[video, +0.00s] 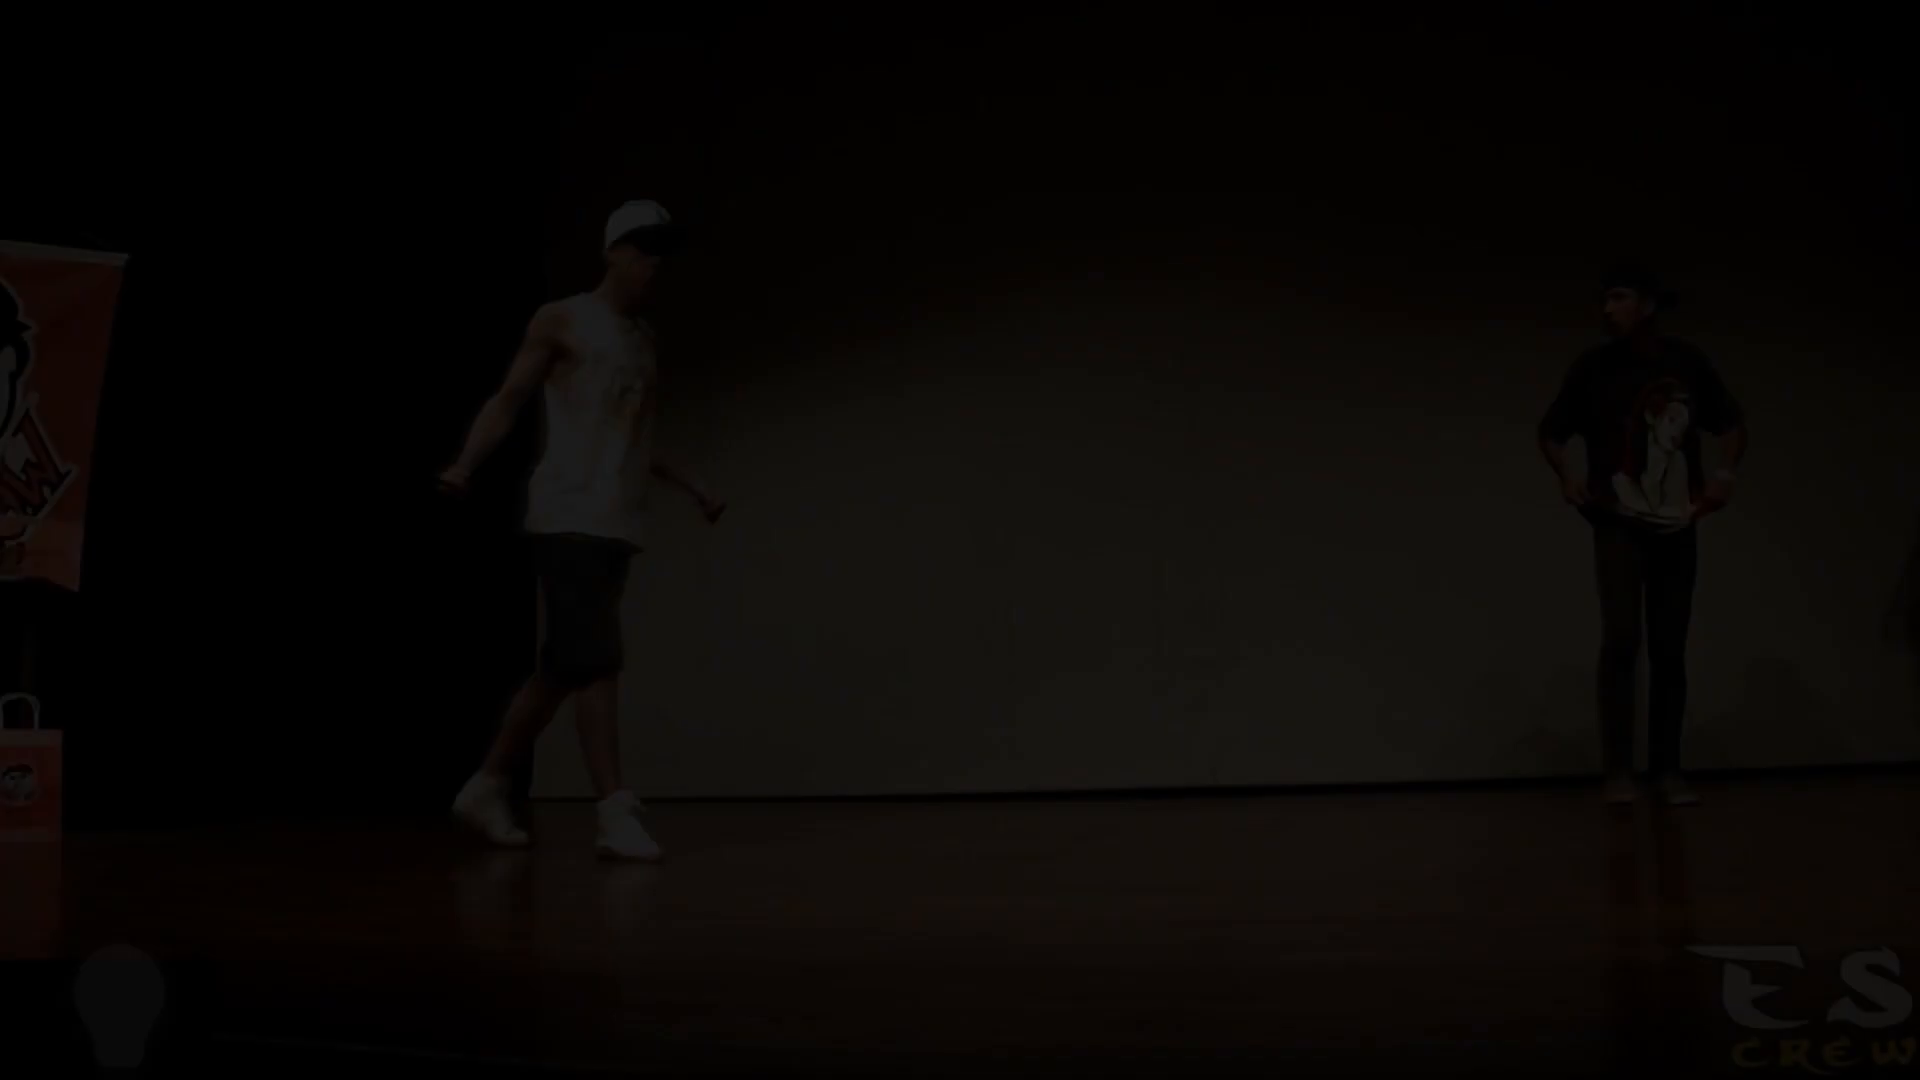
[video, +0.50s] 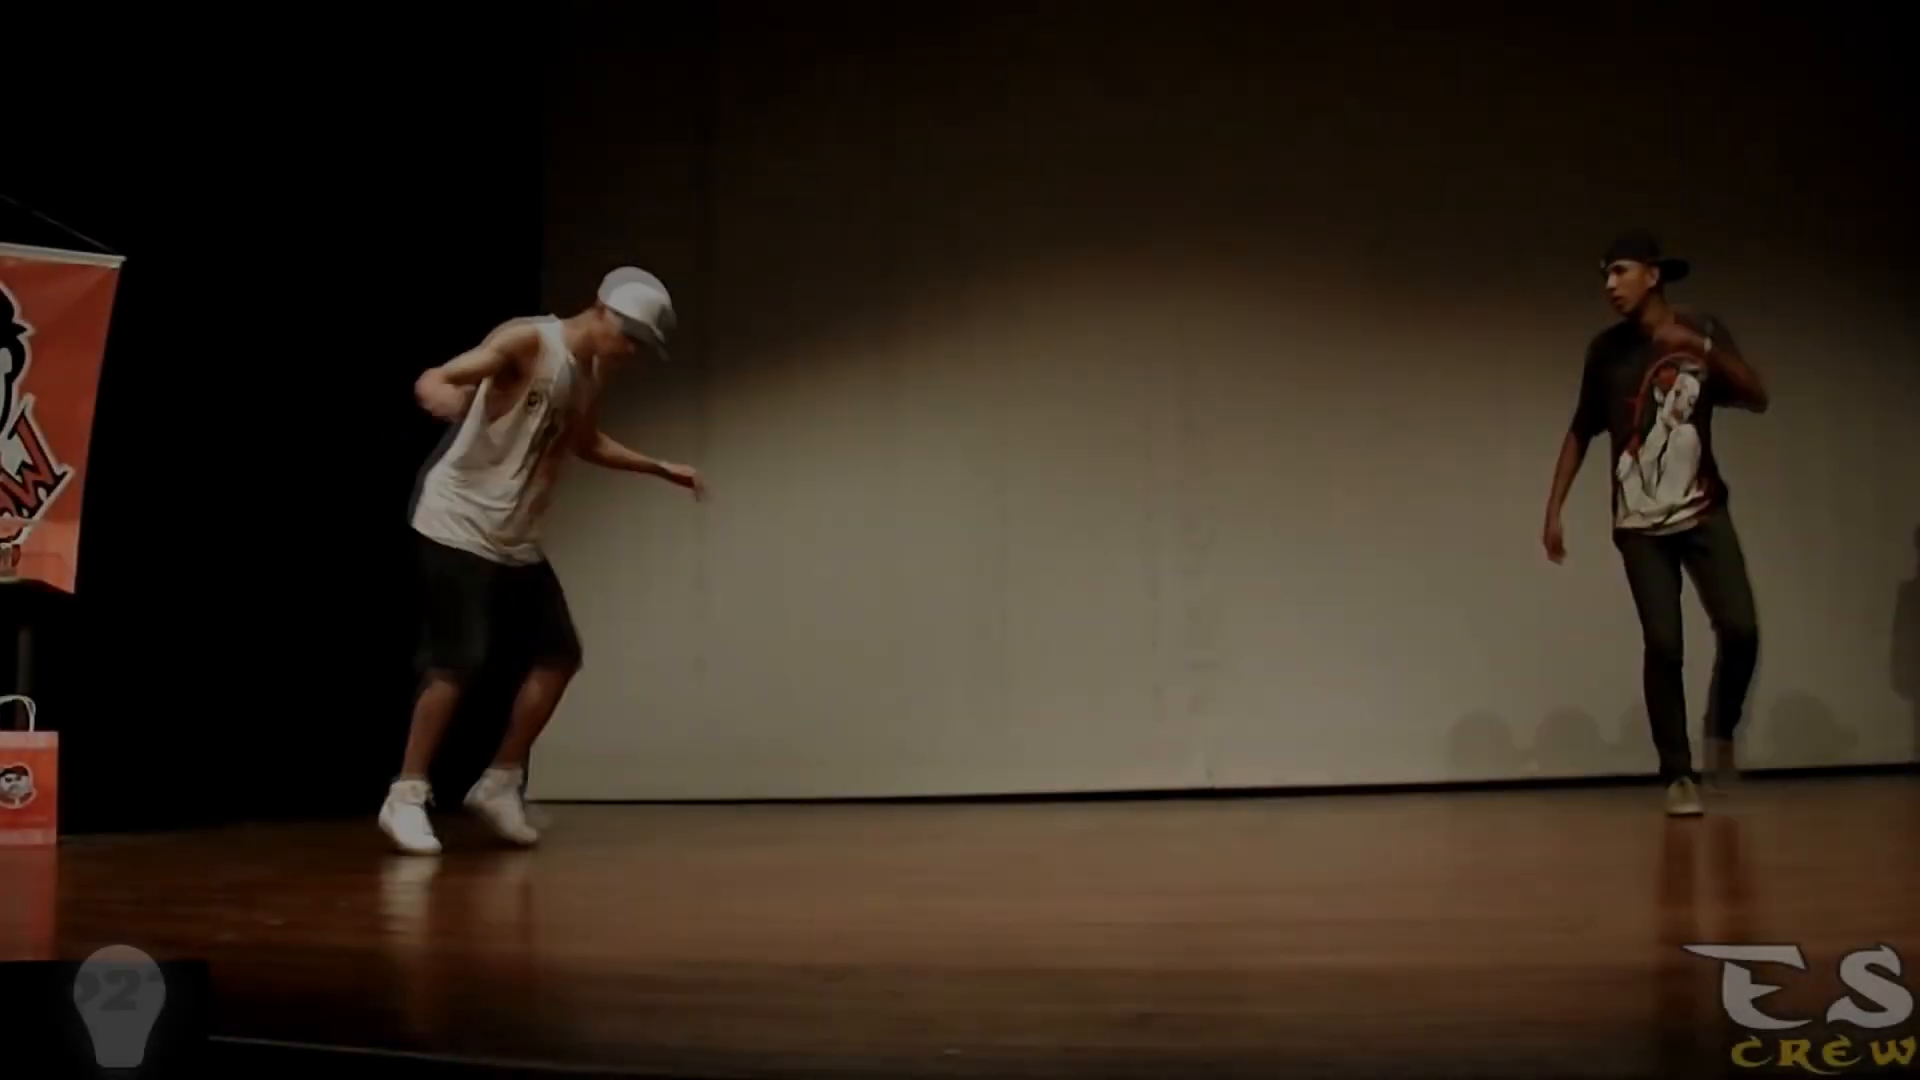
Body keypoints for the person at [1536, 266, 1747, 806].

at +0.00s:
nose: (1613, 311)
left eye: (1622, 300)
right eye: (1610, 301)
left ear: (1646, 305)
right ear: (1608, 309)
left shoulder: (1684, 362)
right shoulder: (1596, 365)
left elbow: (1728, 429)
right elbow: (1552, 434)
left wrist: (1717, 487)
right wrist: (1573, 490)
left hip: (1674, 524)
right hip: (1615, 525)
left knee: (1668, 648)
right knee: (1620, 644)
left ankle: (1666, 770)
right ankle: (1618, 770)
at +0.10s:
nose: (1613, 307)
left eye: (1623, 297)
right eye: (1611, 298)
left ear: (1651, 303)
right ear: (1614, 307)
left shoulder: (1688, 362)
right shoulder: (1599, 367)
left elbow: (1735, 427)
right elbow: (1561, 434)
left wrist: (1704, 473)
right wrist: (1563, 494)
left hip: (1678, 524)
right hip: (1621, 527)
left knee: (1671, 642)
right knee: (1642, 640)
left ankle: (1666, 767)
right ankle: (1650, 769)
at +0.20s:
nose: (1614, 305)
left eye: (1624, 295)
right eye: (1612, 296)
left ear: (1654, 300)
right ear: (1615, 305)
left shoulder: (1693, 358)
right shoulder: (1603, 366)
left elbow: (1732, 434)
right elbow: (1570, 436)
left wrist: (1686, 449)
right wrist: (1558, 505)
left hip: (1688, 526)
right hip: (1630, 529)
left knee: (1680, 645)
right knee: (1660, 642)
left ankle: (1668, 766)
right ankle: (1674, 772)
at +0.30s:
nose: (1614, 300)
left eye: (1623, 290)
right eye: (1611, 291)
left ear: (1653, 295)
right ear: (1616, 301)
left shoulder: (1695, 351)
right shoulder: (1605, 363)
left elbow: (1731, 426)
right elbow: (1574, 441)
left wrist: (1685, 422)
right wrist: (1557, 517)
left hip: (1694, 522)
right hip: (1636, 525)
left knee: (1697, 646)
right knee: (1666, 641)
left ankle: (1672, 759)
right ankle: (1677, 774)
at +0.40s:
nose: (1610, 292)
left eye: (1620, 281)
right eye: (1608, 283)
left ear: (1653, 286)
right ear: (1615, 293)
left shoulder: (1698, 343)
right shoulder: (1605, 357)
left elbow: (1743, 414)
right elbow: (1579, 438)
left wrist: (1698, 391)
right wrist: (1555, 516)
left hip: (1698, 520)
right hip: (1636, 526)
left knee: (1723, 641)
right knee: (1663, 645)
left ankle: (1686, 748)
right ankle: (1678, 777)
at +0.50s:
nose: (1610, 284)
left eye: (1621, 272)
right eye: (1608, 274)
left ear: (1654, 277)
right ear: (1617, 284)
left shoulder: (1701, 335)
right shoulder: (1606, 349)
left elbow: (1756, 397)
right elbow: (1581, 431)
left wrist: (1700, 350)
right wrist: (1552, 510)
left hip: (1702, 513)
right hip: (1640, 524)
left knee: (1740, 631)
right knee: (1664, 646)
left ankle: (1720, 735)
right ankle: (1677, 776)